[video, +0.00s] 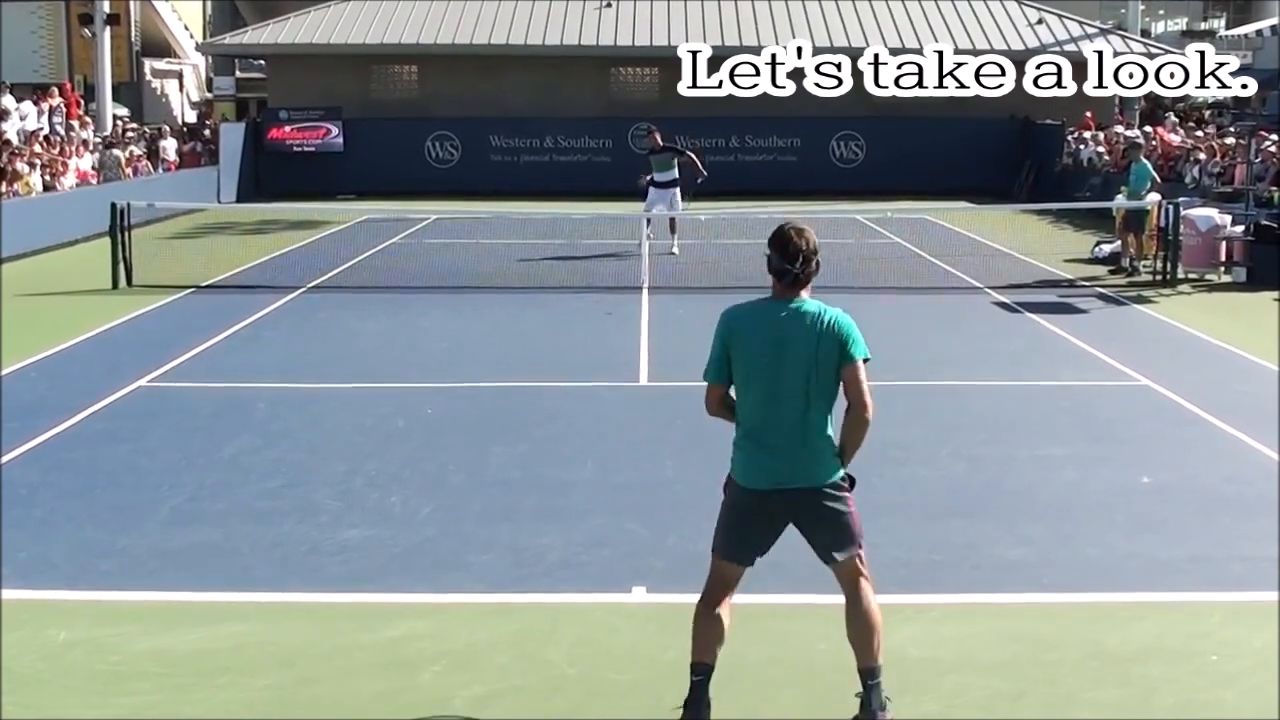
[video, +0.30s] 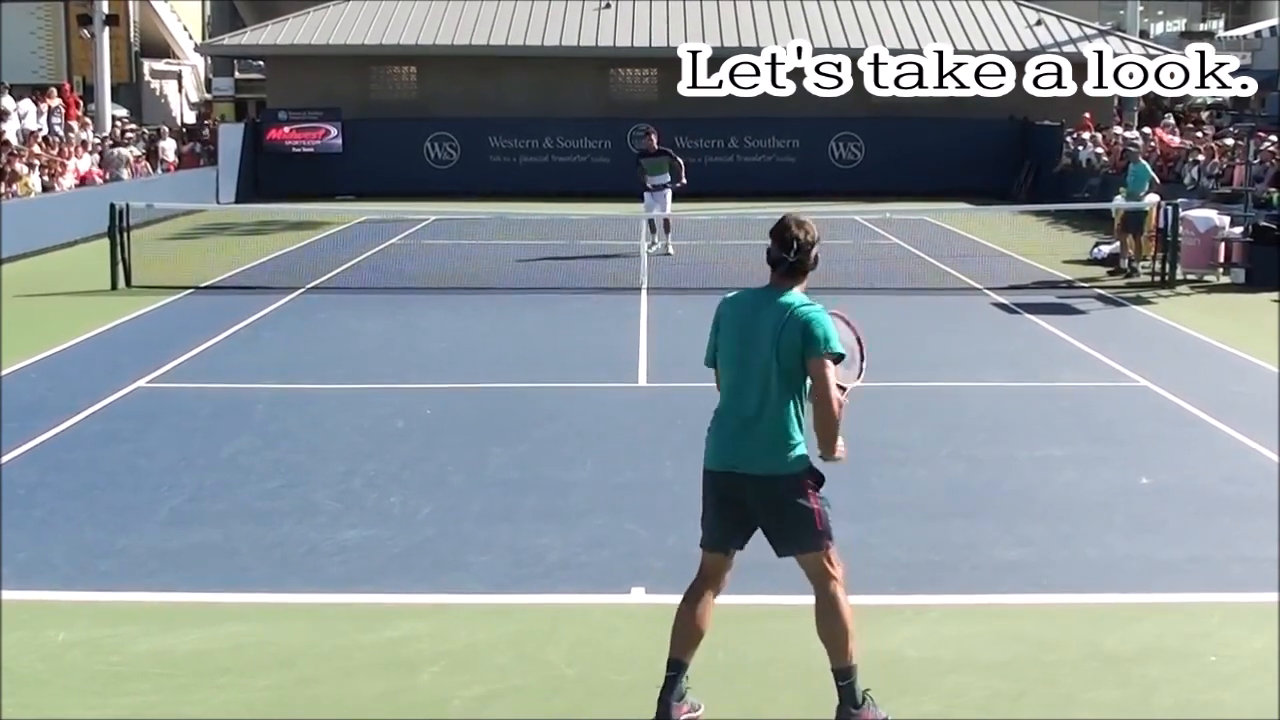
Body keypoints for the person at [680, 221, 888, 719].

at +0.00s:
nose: (781, 270)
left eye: (773, 262)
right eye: (803, 263)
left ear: (769, 267)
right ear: (814, 270)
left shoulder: (735, 320)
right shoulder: (836, 324)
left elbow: (716, 403)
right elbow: (861, 406)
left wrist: (762, 417)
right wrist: (841, 463)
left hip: (752, 481)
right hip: (818, 480)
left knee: (717, 591)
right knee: (857, 583)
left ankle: (697, 701)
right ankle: (873, 701)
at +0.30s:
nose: (810, 264)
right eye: (814, 258)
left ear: (769, 257)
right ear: (813, 263)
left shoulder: (730, 306)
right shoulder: (811, 317)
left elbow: (723, 382)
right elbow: (827, 400)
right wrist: (830, 447)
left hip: (722, 468)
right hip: (783, 470)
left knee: (707, 578)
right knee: (828, 579)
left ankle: (671, 695)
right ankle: (851, 701)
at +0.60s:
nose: (825, 259)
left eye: (821, 253)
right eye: (826, 253)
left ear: (780, 251)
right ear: (822, 258)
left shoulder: (765, 292)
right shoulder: (786, 299)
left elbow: (843, 307)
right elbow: (783, 363)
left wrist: (906, 294)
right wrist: (865, 364)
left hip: (724, 449)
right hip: (765, 452)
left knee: (735, 558)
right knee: (793, 564)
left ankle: (671, 658)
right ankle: (776, 689)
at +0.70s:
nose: (833, 265)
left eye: (830, 258)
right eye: (833, 259)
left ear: (791, 253)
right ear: (827, 263)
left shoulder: (778, 292)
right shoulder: (788, 298)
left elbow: (854, 308)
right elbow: (771, 352)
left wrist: (927, 297)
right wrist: (851, 353)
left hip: (722, 443)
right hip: (759, 449)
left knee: (747, 543)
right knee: (790, 563)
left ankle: (680, 640)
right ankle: (776, 688)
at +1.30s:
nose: (822, 286)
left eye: (819, 277)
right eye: (824, 279)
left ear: (784, 260)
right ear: (821, 278)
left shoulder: (726, 287)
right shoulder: (813, 331)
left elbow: (676, 329)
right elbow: (805, 392)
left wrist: (719, 324)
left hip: (701, 445)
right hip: (760, 451)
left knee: (715, 538)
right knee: (777, 548)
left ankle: (726, 650)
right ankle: (778, 660)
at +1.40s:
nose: (814, 267)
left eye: (808, 258)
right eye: (816, 261)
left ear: (773, 248)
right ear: (813, 263)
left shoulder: (723, 280)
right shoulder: (812, 314)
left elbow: (665, 329)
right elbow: (773, 321)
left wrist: (691, 290)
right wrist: (721, 285)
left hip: (705, 437)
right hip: (763, 443)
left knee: (716, 538)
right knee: (774, 538)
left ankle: (725, 649)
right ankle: (788, 649)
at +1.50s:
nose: (797, 253)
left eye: (777, 241)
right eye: (803, 247)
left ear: (763, 240)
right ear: (805, 251)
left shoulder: (722, 281)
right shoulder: (811, 302)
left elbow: (668, 337)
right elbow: (768, 291)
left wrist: (669, 286)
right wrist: (719, 263)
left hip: (710, 433)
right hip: (767, 436)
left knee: (717, 537)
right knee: (780, 540)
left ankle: (724, 649)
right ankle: (790, 657)